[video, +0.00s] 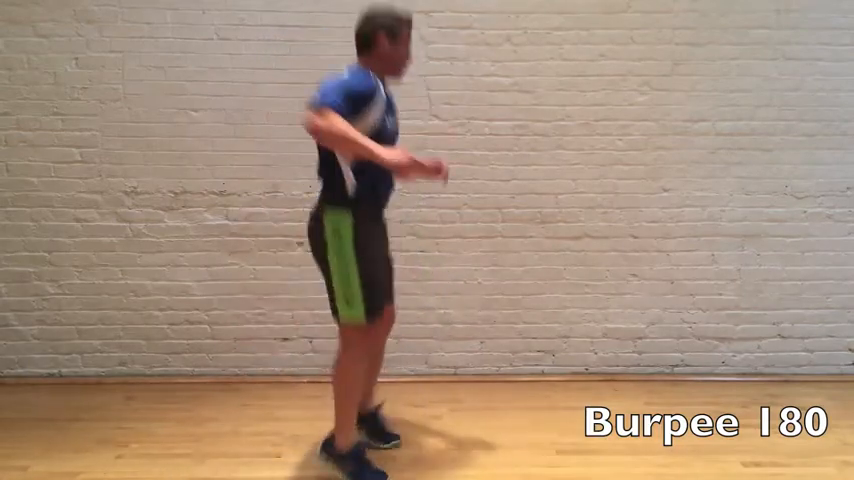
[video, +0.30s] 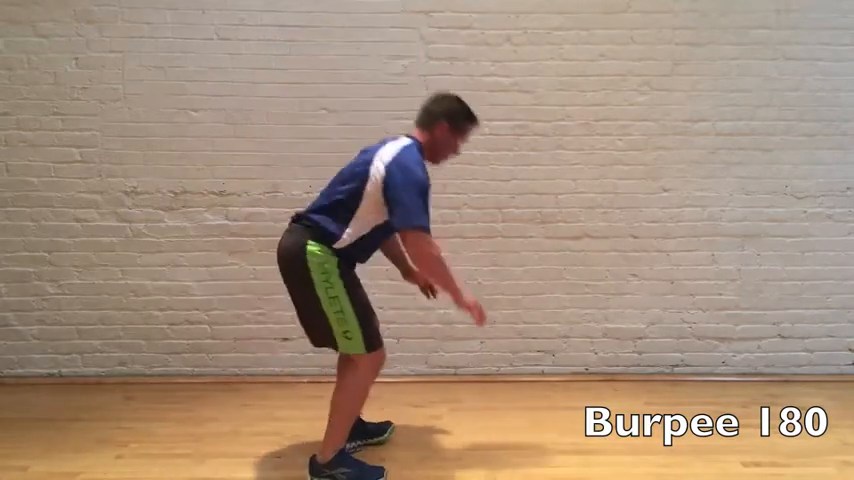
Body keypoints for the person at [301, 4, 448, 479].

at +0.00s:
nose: (409, 53)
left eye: (410, 44)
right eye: (404, 44)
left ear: (382, 45)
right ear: (380, 44)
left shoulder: (379, 93)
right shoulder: (354, 82)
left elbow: (374, 157)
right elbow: (318, 120)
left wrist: (416, 167)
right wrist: (380, 152)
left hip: (367, 219)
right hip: (342, 220)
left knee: (382, 317)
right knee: (358, 329)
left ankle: (362, 411)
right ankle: (341, 443)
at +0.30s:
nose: (460, 147)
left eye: (463, 139)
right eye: (459, 137)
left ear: (429, 128)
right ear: (439, 128)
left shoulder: (392, 149)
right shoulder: (407, 162)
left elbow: (379, 225)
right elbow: (417, 240)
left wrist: (409, 269)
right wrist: (459, 295)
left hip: (312, 244)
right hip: (318, 252)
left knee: (357, 346)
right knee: (369, 355)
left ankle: (347, 424)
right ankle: (328, 458)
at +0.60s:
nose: (488, 292)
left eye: (494, 286)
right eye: (491, 283)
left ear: (474, 265)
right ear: (477, 269)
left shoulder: (440, 263)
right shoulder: (437, 281)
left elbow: (444, 350)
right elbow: (450, 367)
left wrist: (465, 386)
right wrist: (481, 426)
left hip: (320, 274)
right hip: (311, 283)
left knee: (387, 335)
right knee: (384, 371)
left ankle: (348, 427)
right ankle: (327, 459)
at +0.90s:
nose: (515, 378)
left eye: (523, 374)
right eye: (523, 373)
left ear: (518, 344)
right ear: (520, 357)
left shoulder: (489, 328)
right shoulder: (488, 342)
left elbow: (463, 384)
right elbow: (475, 416)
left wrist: (475, 426)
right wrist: (482, 473)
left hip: (388, 241)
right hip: (389, 255)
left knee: (346, 344)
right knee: (353, 370)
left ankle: (275, 379)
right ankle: (253, 412)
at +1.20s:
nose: (571, 417)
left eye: (577, 412)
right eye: (575, 411)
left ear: (566, 384)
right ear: (565, 395)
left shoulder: (525, 368)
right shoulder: (528, 388)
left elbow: (467, 406)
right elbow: (475, 422)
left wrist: (486, 440)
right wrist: (481, 475)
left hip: (404, 346)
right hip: (405, 367)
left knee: (309, 382)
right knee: (303, 413)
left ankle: (209, 395)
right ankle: (184, 426)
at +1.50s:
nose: (567, 424)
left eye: (571, 418)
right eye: (570, 416)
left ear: (548, 389)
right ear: (556, 405)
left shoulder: (508, 383)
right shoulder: (520, 409)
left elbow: (459, 369)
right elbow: (471, 428)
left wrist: (461, 415)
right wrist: (480, 479)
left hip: (393, 388)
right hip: (393, 415)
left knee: (289, 417)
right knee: (278, 444)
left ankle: (193, 395)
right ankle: (167, 421)